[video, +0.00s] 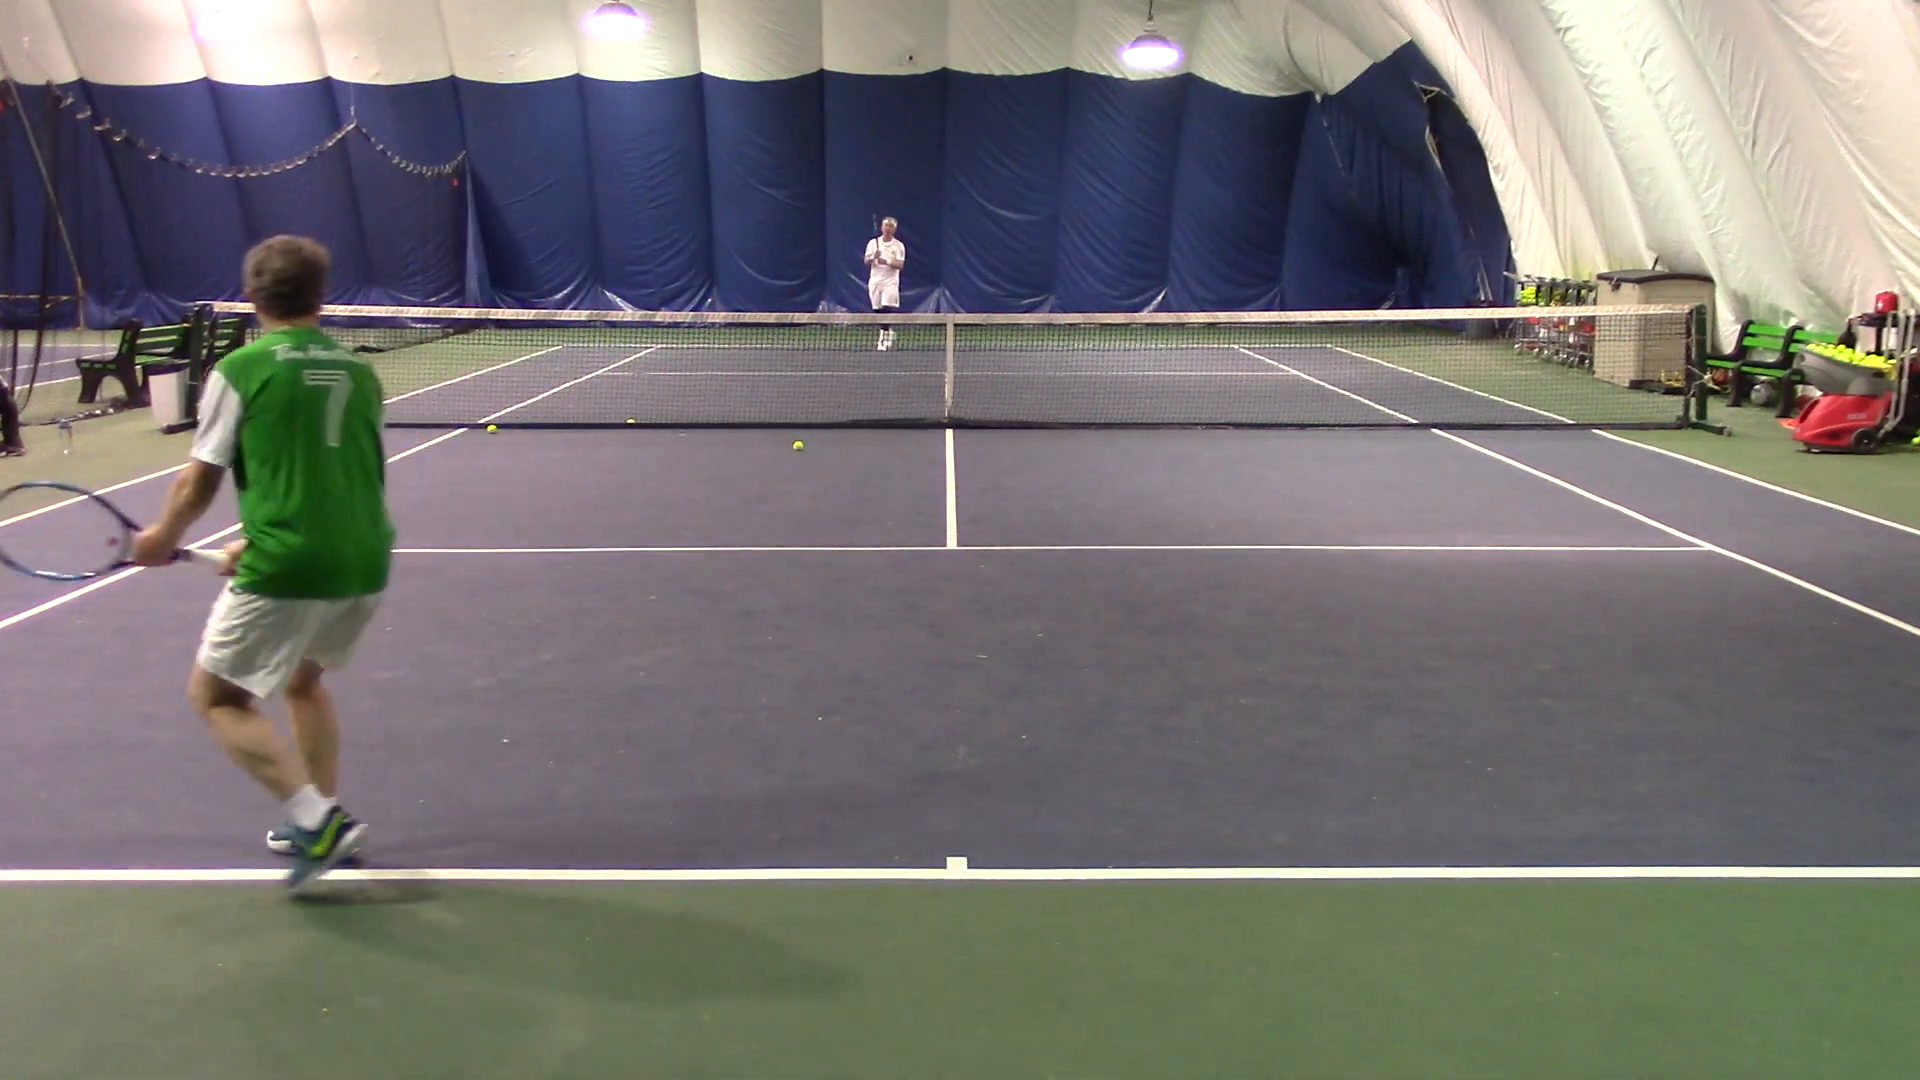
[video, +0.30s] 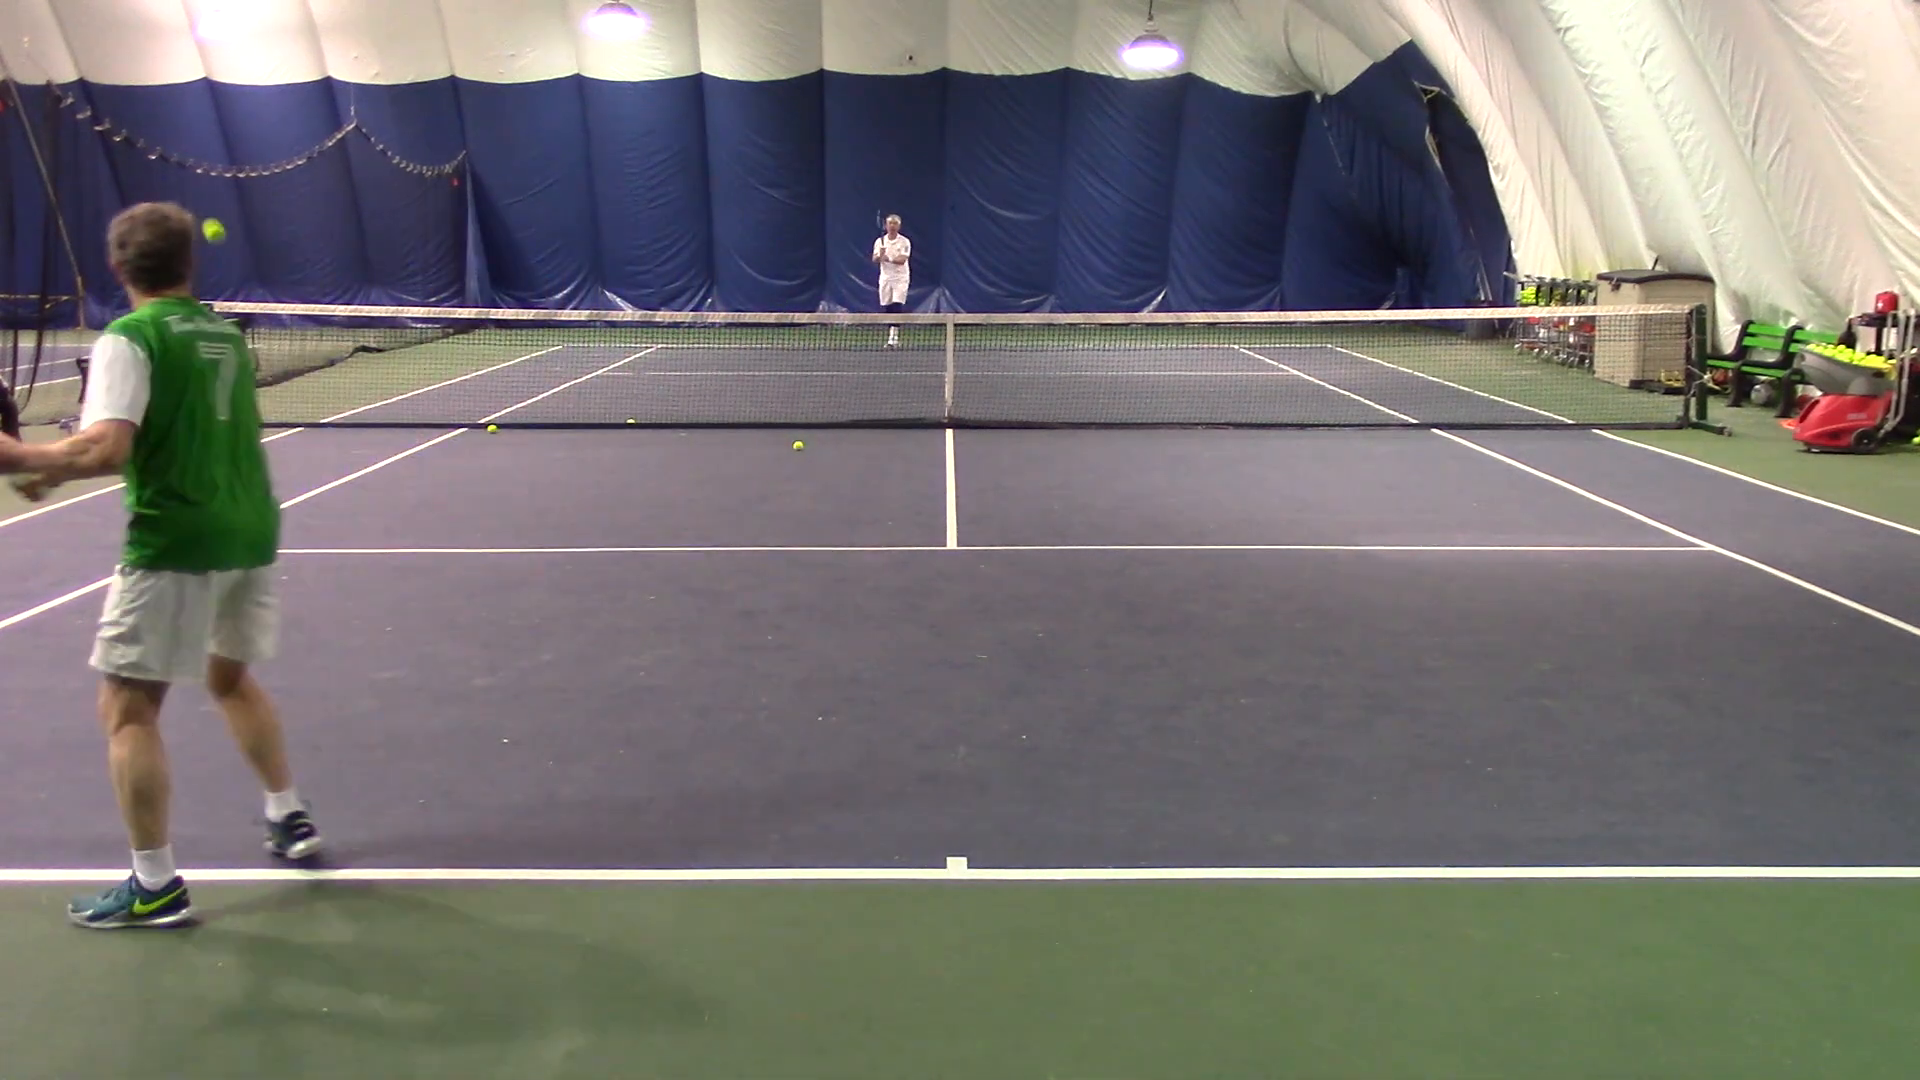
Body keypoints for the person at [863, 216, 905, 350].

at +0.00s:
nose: (887, 230)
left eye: (890, 228)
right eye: (886, 227)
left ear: (894, 230)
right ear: (882, 228)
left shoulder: (899, 246)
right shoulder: (873, 243)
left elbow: (900, 264)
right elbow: (866, 260)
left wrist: (887, 261)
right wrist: (874, 256)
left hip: (890, 281)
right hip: (875, 280)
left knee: (887, 308)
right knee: (877, 309)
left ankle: (882, 338)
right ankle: (888, 332)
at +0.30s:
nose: (892, 227)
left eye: (895, 224)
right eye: (890, 224)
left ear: (899, 226)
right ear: (886, 225)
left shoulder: (905, 242)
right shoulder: (879, 241)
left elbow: (902, 260)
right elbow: (874, 259)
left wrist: (888, 258)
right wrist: (880, 254)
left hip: (900, 278)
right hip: (885, 278)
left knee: (896, 305)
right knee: (887, 306)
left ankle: (893, 336)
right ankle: (893, 335)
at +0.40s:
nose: (896, 226)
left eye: (898, 224)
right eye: (894, 223)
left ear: (902, 225)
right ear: (889, 225)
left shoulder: (908, 240)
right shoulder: (883, 240)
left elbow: (904, 257)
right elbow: (877, 256)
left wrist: (888, 255)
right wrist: (882, 252)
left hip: (903, 277)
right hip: (888, 277)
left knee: (904, 306)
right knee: (891, 307)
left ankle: (904, 337)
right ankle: (893, 336)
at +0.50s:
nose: (900, 226)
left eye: (903, 223)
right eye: (898, 222)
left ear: (906, 225)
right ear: (894, 224)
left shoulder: (911, 240)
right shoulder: (888, 240)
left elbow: (907, 256)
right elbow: (882, 257)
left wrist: (892, 255)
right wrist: (885, 250)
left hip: (908, 277)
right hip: (892, 276)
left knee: (912, 306)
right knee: (891, 307)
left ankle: (919, 333)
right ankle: (894, 337)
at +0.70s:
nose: (910, 229)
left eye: (913, 227)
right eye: (908, 226)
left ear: (917, 229)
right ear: (905, 228)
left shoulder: (922, 244)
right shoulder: (898, 244)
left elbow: (918, 260)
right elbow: (892, 262)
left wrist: (903, 261)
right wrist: (895, 256)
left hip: (920, 280)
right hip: (903, 280)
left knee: (928, 308)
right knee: (896, 307)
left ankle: (939, 332)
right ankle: (894, 337)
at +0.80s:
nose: (917, 232)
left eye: (920, 229)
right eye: (915, 229)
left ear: (924, 231)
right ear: (911, 231)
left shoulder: (929, 246)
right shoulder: (905, 246)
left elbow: (927, 263)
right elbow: (899, 263)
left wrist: (912, 265)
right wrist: (903, 261)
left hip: (927, 282)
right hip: (910, 281)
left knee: (934, 309)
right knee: (903, 307)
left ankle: (941, 335)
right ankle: (896, 336)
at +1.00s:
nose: (928, 229)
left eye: (931, 226)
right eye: (926, 226)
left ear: (935, 229)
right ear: (923, 228)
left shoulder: (941, 244)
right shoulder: (916, 243)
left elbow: (942, 259)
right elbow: (913, 259)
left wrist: (931, 267)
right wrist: (919, 263)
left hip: (936, 279)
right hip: (919, 278)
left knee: (939, 307)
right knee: (912, 305)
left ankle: (942, 335)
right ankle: (908, 335)